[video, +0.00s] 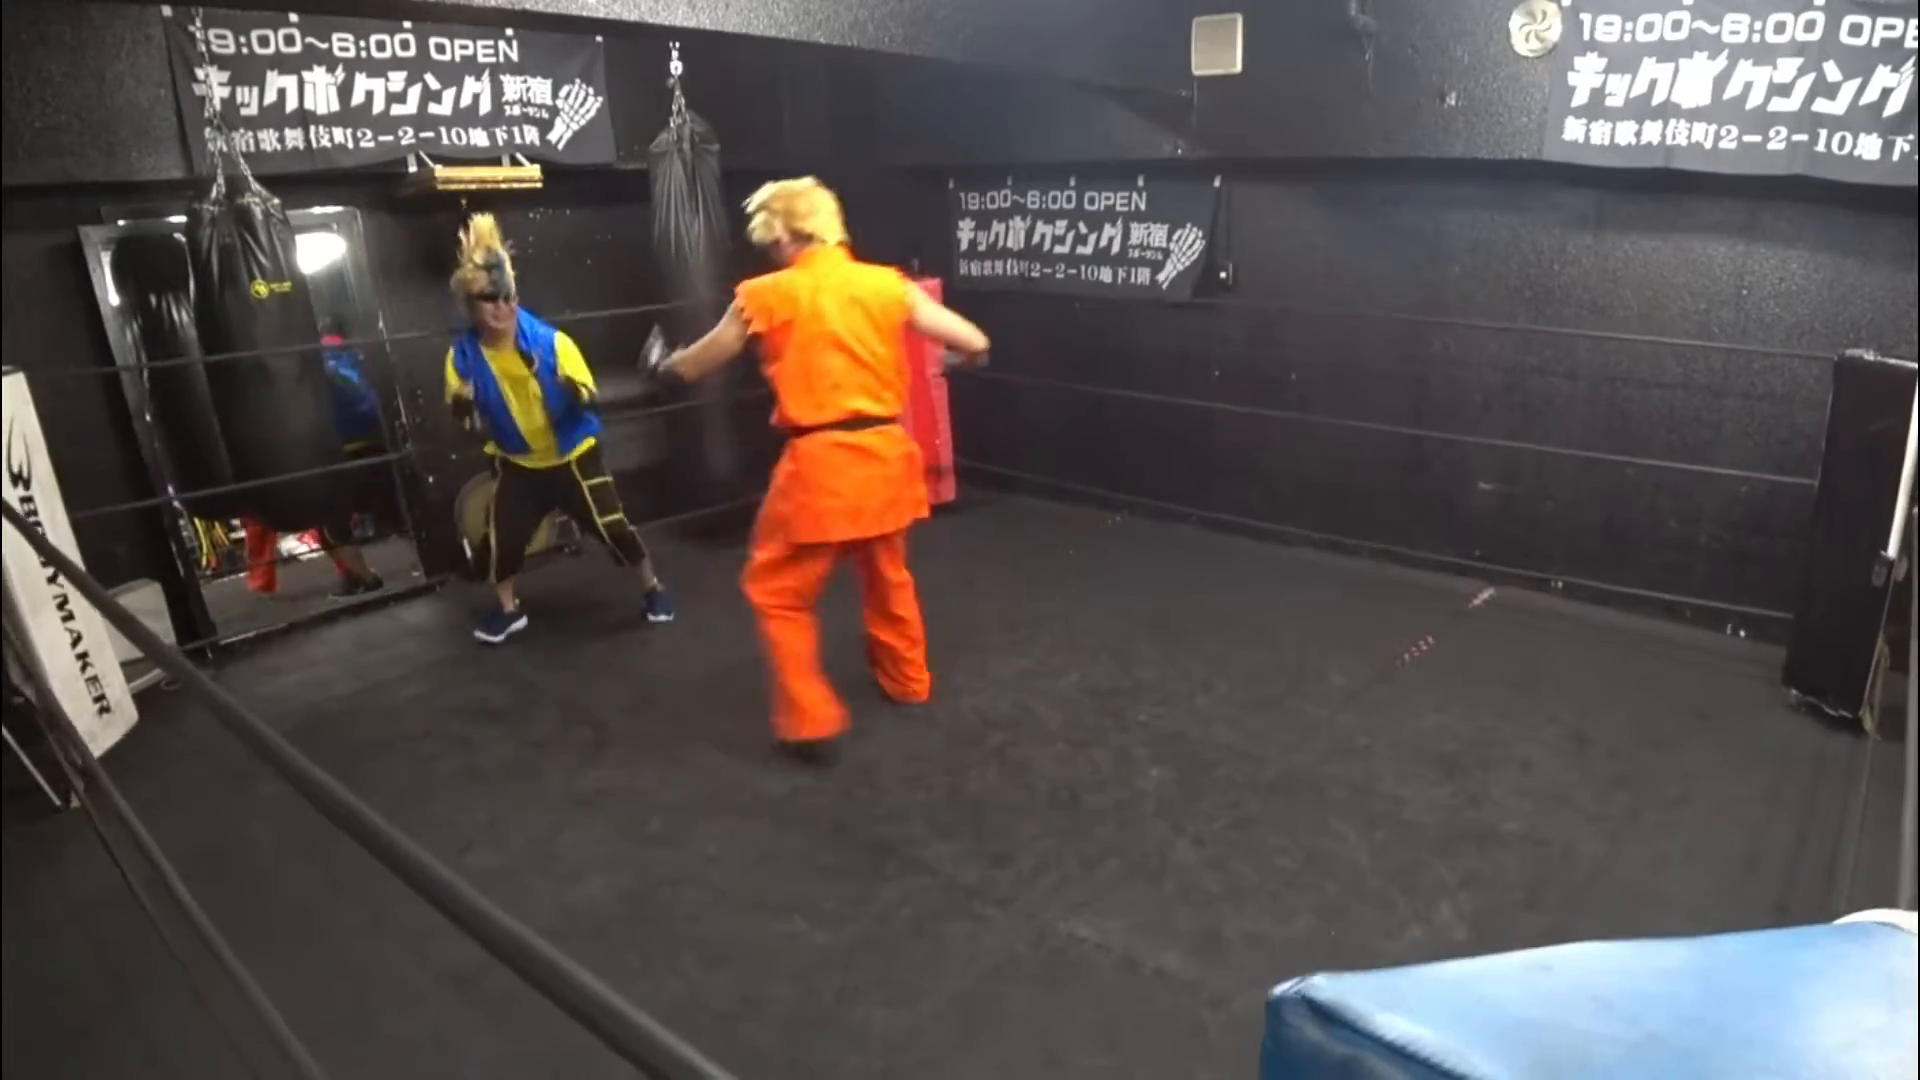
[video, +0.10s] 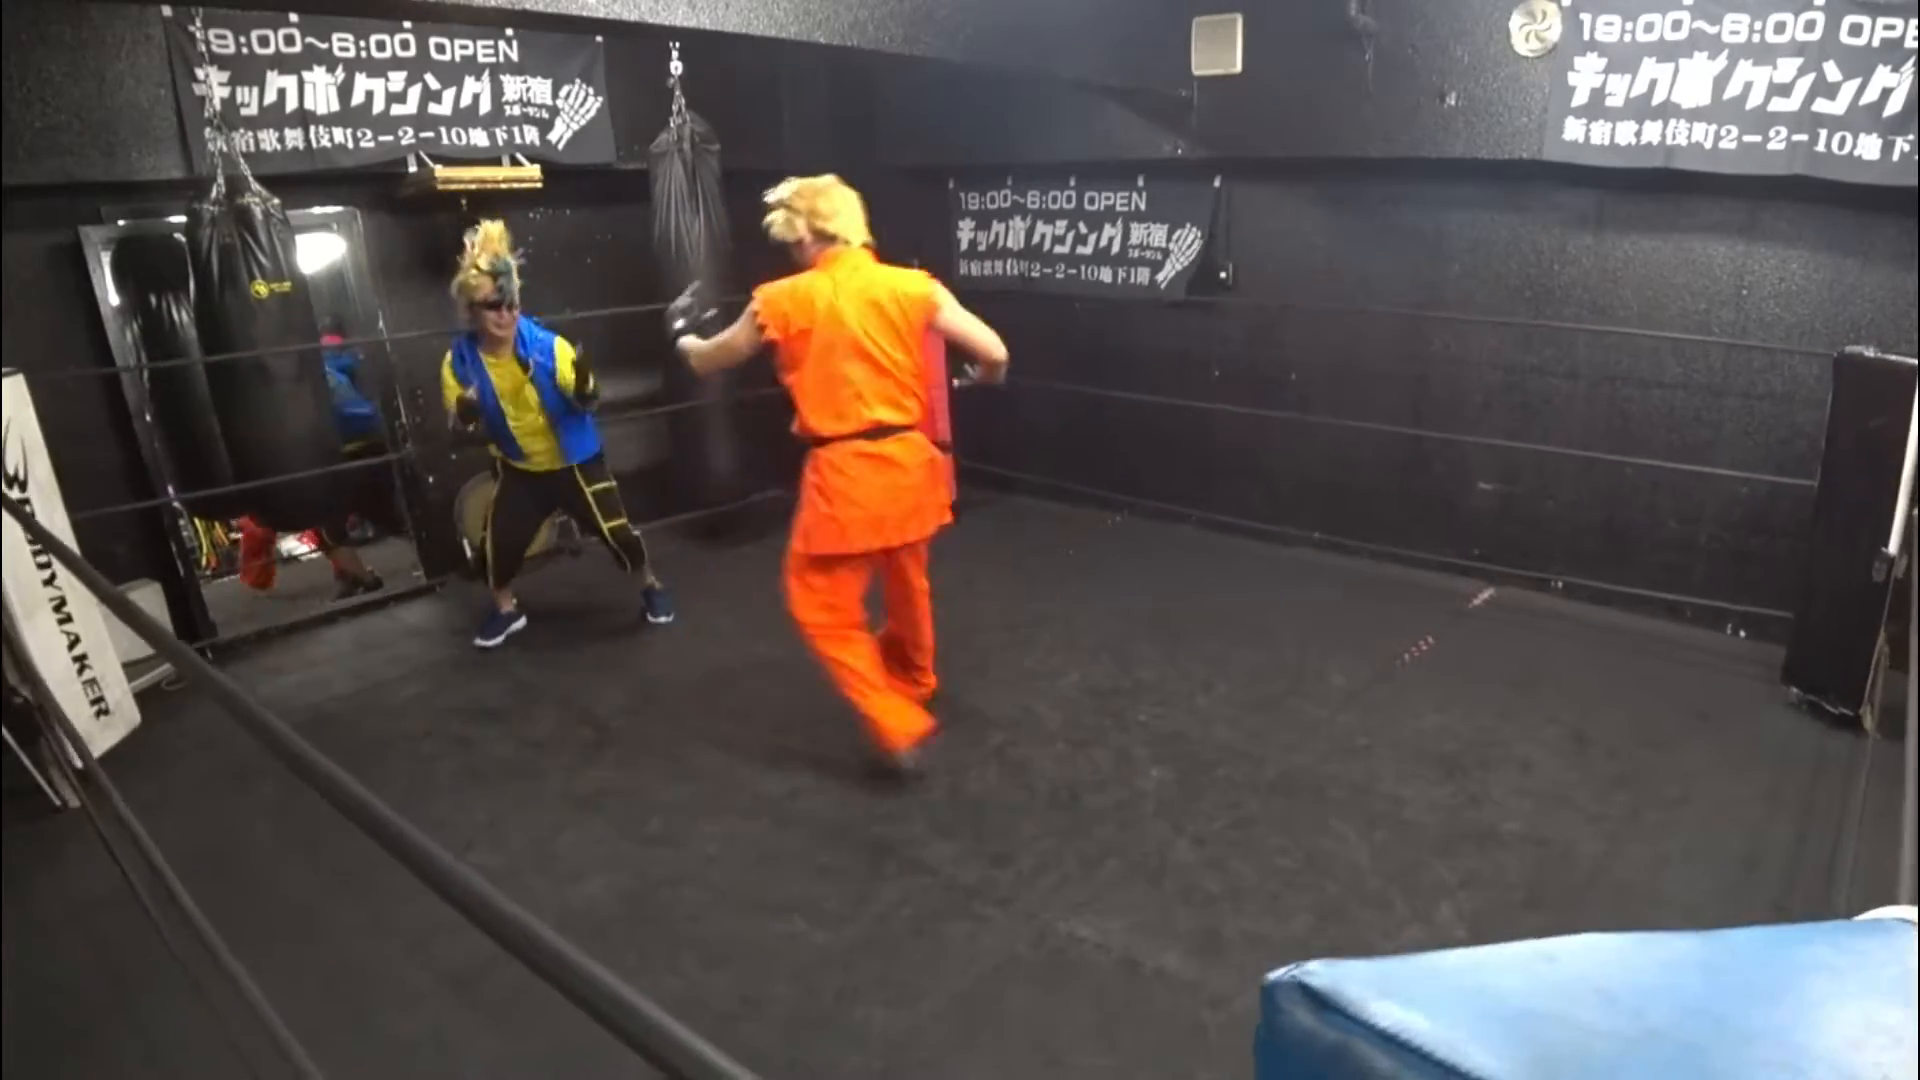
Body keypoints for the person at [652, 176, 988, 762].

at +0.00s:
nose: (768, 252)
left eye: (770, 241)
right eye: (767, 242)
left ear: (790, 236)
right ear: (833, 230)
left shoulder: (767, 296)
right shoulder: (886, 284)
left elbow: (695, 364)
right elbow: (973, 341)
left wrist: (668, 360)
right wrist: (965, 356)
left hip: (817, 462)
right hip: (890, 456)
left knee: (776, 588)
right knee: (888, 567)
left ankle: (811, 721)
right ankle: (908, 678)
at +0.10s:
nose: (789, 250)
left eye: (792, 239)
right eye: (788, 240)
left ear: (811, 235)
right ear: (857, 230)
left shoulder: (785, 300)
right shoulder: (913, 286)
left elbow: (711, 359)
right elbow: (992, 352)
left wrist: (681, 336)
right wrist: (988, 372)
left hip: (841, 472)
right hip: (913, 462)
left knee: (819, 596)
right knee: (907, 572)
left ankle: (897, 727)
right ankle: (915, 682)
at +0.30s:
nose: (828, 261)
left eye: (829, 249)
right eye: (826, 250)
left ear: (845, 246)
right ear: (898, 237)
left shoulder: (825, 315)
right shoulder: (956, 297)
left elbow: (760, 391)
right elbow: (997, 392)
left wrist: (734, 361)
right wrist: (972, 443)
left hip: (892, 486)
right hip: (963, 475)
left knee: (907, 641)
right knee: (957, 577)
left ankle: (944, 780)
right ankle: (987, 696)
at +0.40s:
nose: (848, 250)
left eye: (850, 236)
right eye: (847, 237)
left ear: (871, 231)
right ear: (913, 223)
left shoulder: (849, 299)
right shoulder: (972, 281)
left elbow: (796, 397)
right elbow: (1039, 367)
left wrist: (764, 380)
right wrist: (993, 412)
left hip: (911, 484)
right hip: (984, 470)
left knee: (913, 640)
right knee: (991, 600)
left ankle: (942, 779)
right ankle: (1061, 719)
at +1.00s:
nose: (852, 298)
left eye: (854, 285)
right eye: (850, 286)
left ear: (875, 278)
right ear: (914, 269)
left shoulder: (865, 338)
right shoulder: (981, 309)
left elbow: (779, 385)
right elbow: (1052, 318)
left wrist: (738, 345)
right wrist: (991, 315)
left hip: (931, 514)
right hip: (1010, 497)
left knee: (872, 629)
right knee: (1050, 637)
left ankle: (853, 755)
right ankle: (1103, 765)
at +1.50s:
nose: (847, 280)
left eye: (847, 267)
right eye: (843, 269)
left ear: (867, 260)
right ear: (912, 249)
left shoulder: (865, 312)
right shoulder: (975, 293)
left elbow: (806, 369)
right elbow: (1072, 323)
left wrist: (749, 386)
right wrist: (1062, 371)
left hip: (932, 496)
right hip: (1010, 481)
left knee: (881, 633)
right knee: (1040, 629)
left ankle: (849, 754)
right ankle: (1098, 762)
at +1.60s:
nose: (850, 271)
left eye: (850, 258)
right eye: (847, 259)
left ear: (870, 248)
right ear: (913, 237)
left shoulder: (873, 298)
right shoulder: (973, 275)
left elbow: (897, 331)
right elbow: (1069, 294)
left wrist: (880, 395)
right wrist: (1077, 381)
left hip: (953, 481)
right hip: (1026, 465)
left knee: (898, 628)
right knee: (1049, 625)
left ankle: (862, 752)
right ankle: (1098, 760)